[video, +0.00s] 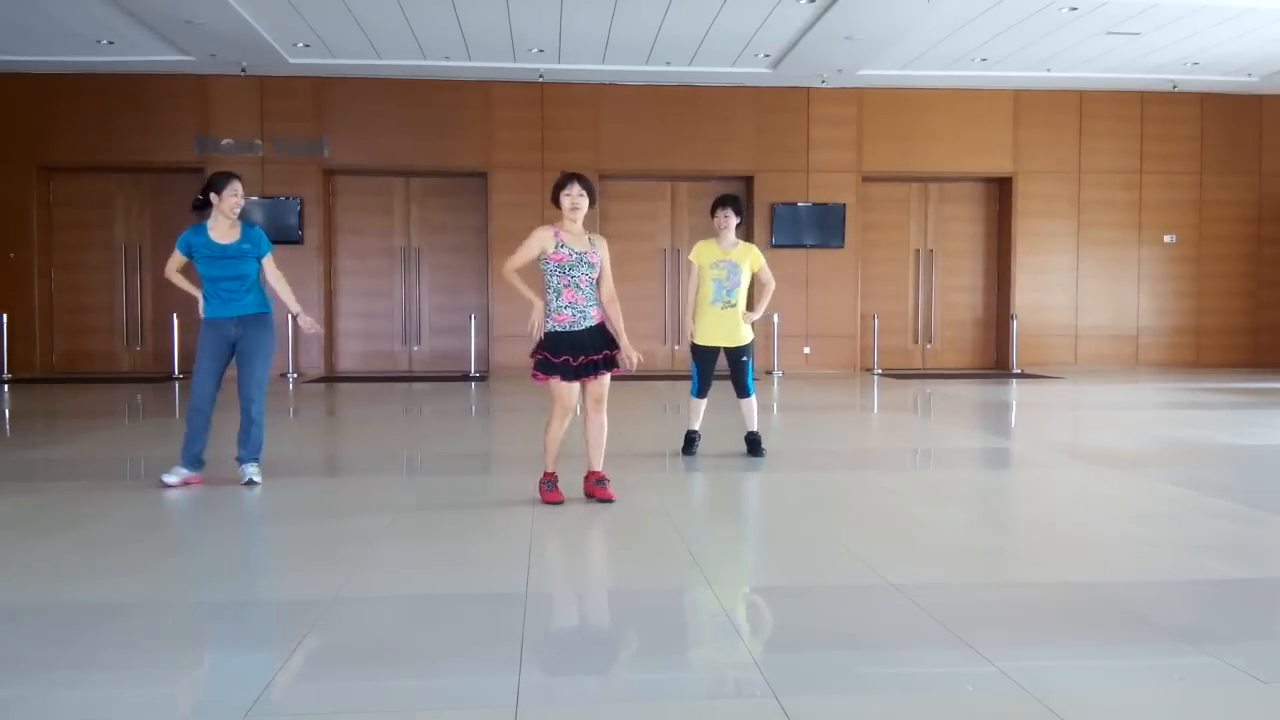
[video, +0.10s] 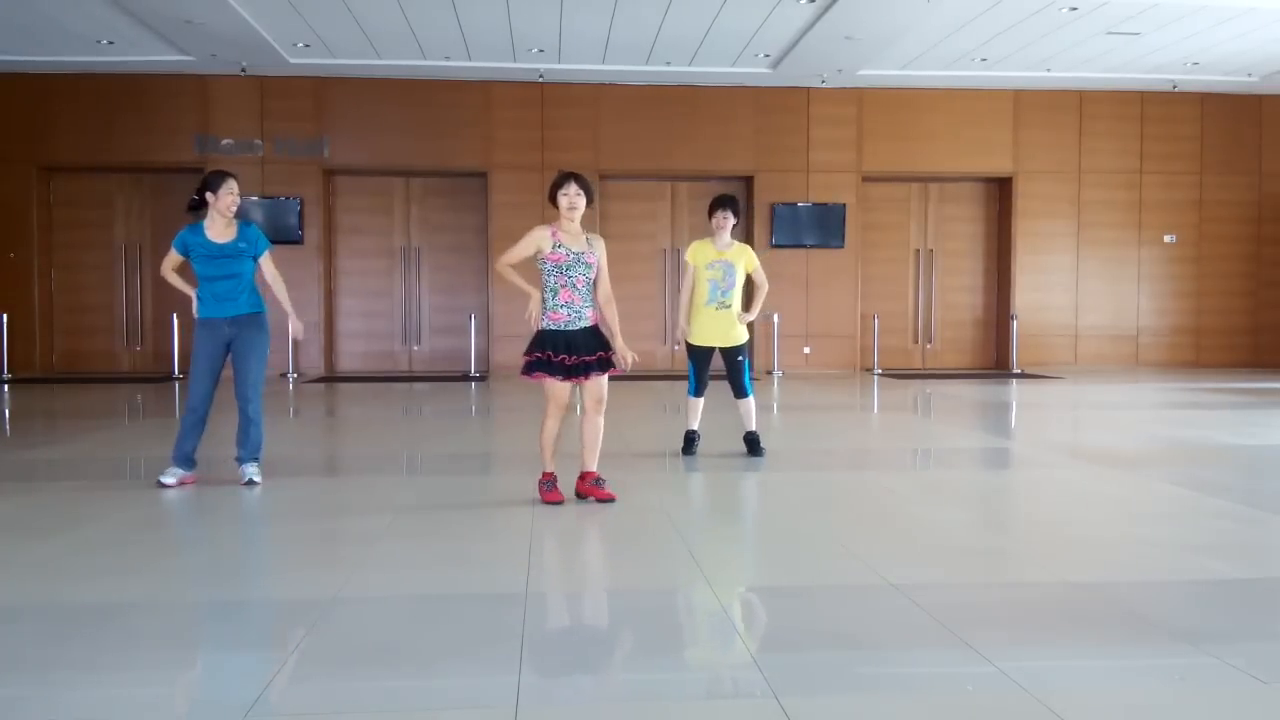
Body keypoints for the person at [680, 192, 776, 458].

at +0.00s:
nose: (721, 220)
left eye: (726, 216)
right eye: (717, 216)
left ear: (737, 220)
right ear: (713, 220)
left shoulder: (749, 252)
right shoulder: (701, 249)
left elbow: (768, 283)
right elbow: (692, 285)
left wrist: (757, 312)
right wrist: (688, 318)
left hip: (737, 329)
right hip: (704, 327)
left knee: (744, 386)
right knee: (700, 385)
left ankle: (753, 436)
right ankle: (692, 434)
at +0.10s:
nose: (720, 220)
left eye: (725, 216)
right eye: (716, 215)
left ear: (734, 220)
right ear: (710, 219)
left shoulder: (744, 252)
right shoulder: (696, 249)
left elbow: (761, 285)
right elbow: (686, 287)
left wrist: (752, 313)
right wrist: (681, 322)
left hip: (732, 329)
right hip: (699, 328)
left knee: (742, 386)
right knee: (697, 385)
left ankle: (751, 435)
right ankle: (691, 434)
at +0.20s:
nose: (722, 221)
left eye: (727, 216)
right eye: (717, 216)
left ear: (734, 221)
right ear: (709, 219)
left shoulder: (742, 252)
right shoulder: (695, 248)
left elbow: (758, 283)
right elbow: (684, 283)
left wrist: (750, 311)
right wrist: (675, 314)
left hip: (731, 328)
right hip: (698, 328)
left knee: (742, 384)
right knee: (696, 384)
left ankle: (752, 435)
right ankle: (691, 434)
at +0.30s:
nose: (724, 221)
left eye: (729, 216)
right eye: (720, 215)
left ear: (735, 221)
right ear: (710, 218)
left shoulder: (742, 252)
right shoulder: (695, 248)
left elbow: (757, 283)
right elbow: (683, 281)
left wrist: (750, 312)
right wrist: (674, 307)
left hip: (732, 327)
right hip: (699, 328)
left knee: (746, 384)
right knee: (697, 385)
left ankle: (758, 435)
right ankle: (691, 434)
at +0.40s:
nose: (730, 222)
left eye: (735, 217)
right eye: (725, 217)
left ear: (740, 222)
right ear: (715, 219)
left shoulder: (746, 253)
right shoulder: (699, 250)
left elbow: (760, 284)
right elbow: (686, 282)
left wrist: (754, 314)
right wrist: (676, 307)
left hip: (736, 328)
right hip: (703, 328)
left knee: (754, 383)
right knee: (699, 385)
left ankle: (771, 435)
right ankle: (692, 434)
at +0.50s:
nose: (737, 224)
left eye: (743, 219)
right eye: (732, 218)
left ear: (747, 224)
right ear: (722, 220)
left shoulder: (753, 254)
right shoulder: (707, 252)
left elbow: (769, 285)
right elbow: (694, 283)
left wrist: (762, 315)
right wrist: (685, 311)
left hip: (744, 330)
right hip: (711, 330)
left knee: (764, 383)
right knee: (703, 385)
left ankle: (786, 436)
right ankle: (693, 434)